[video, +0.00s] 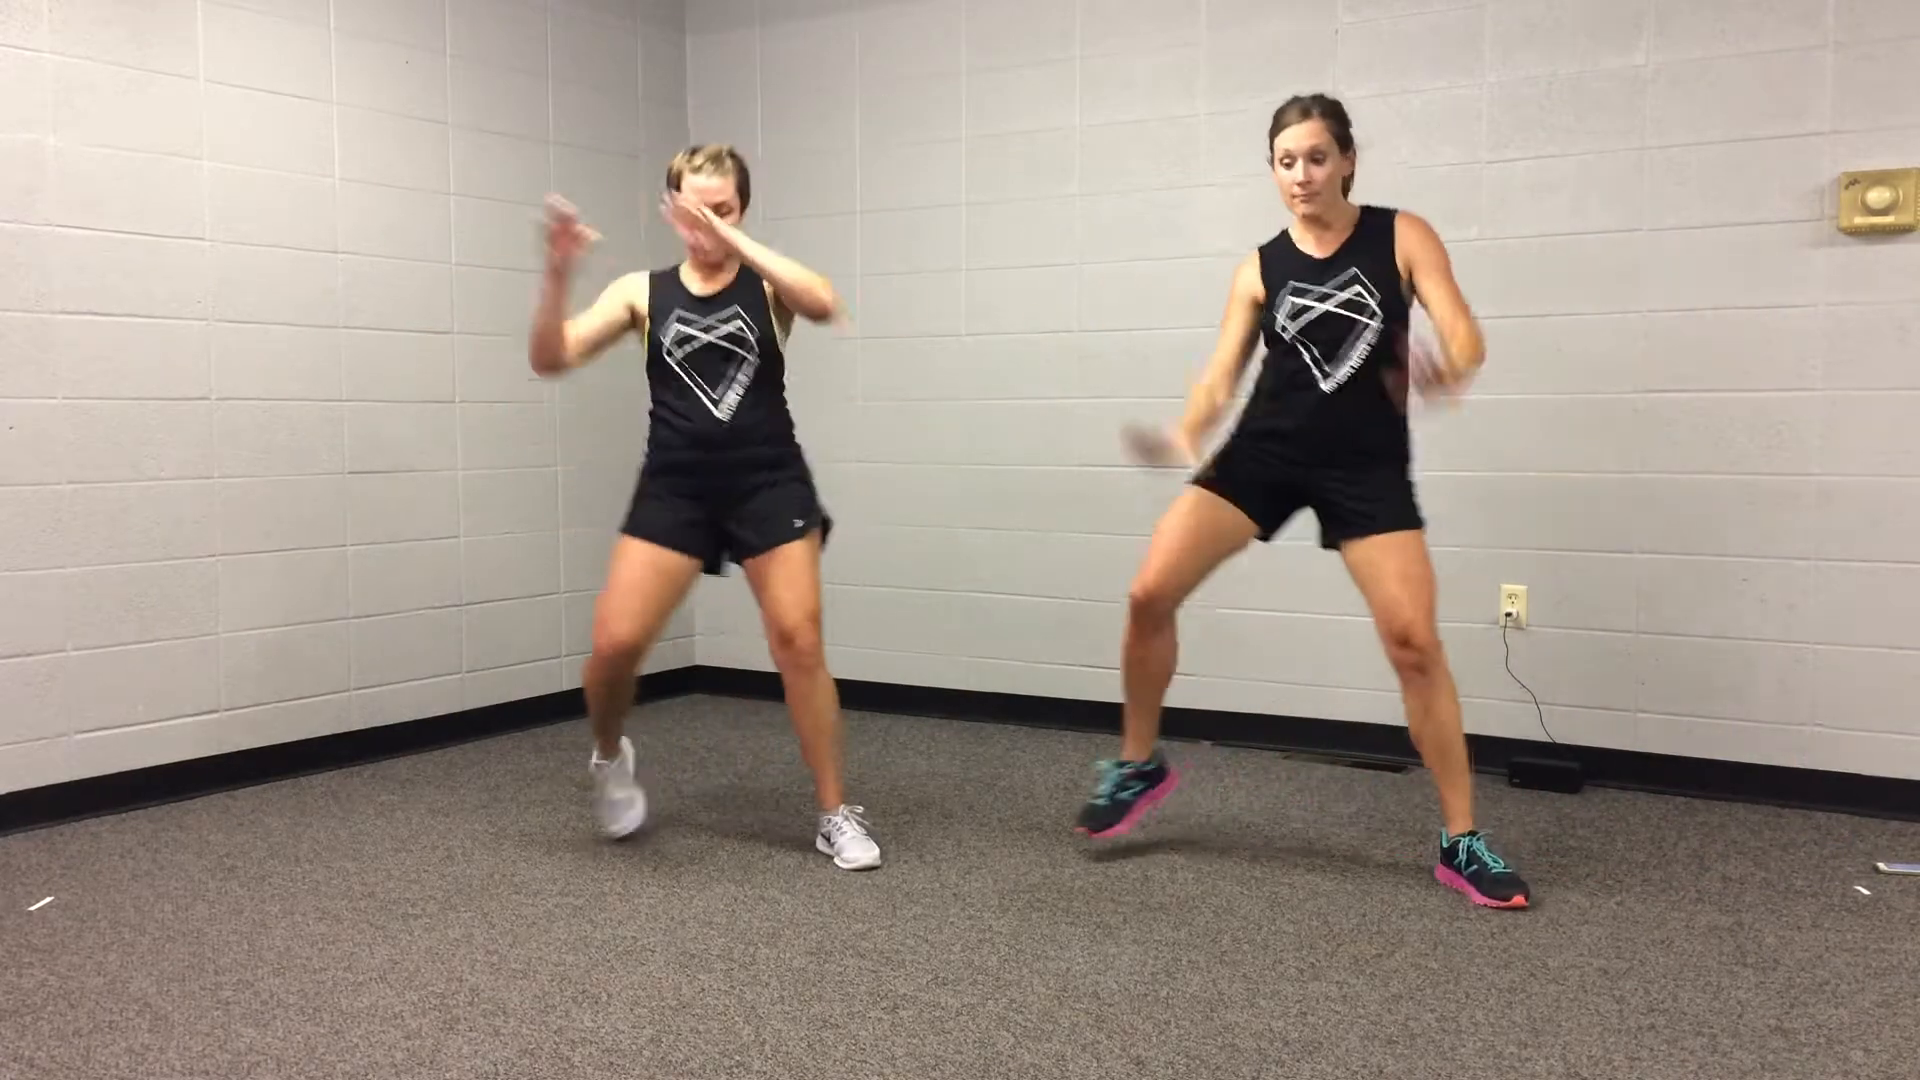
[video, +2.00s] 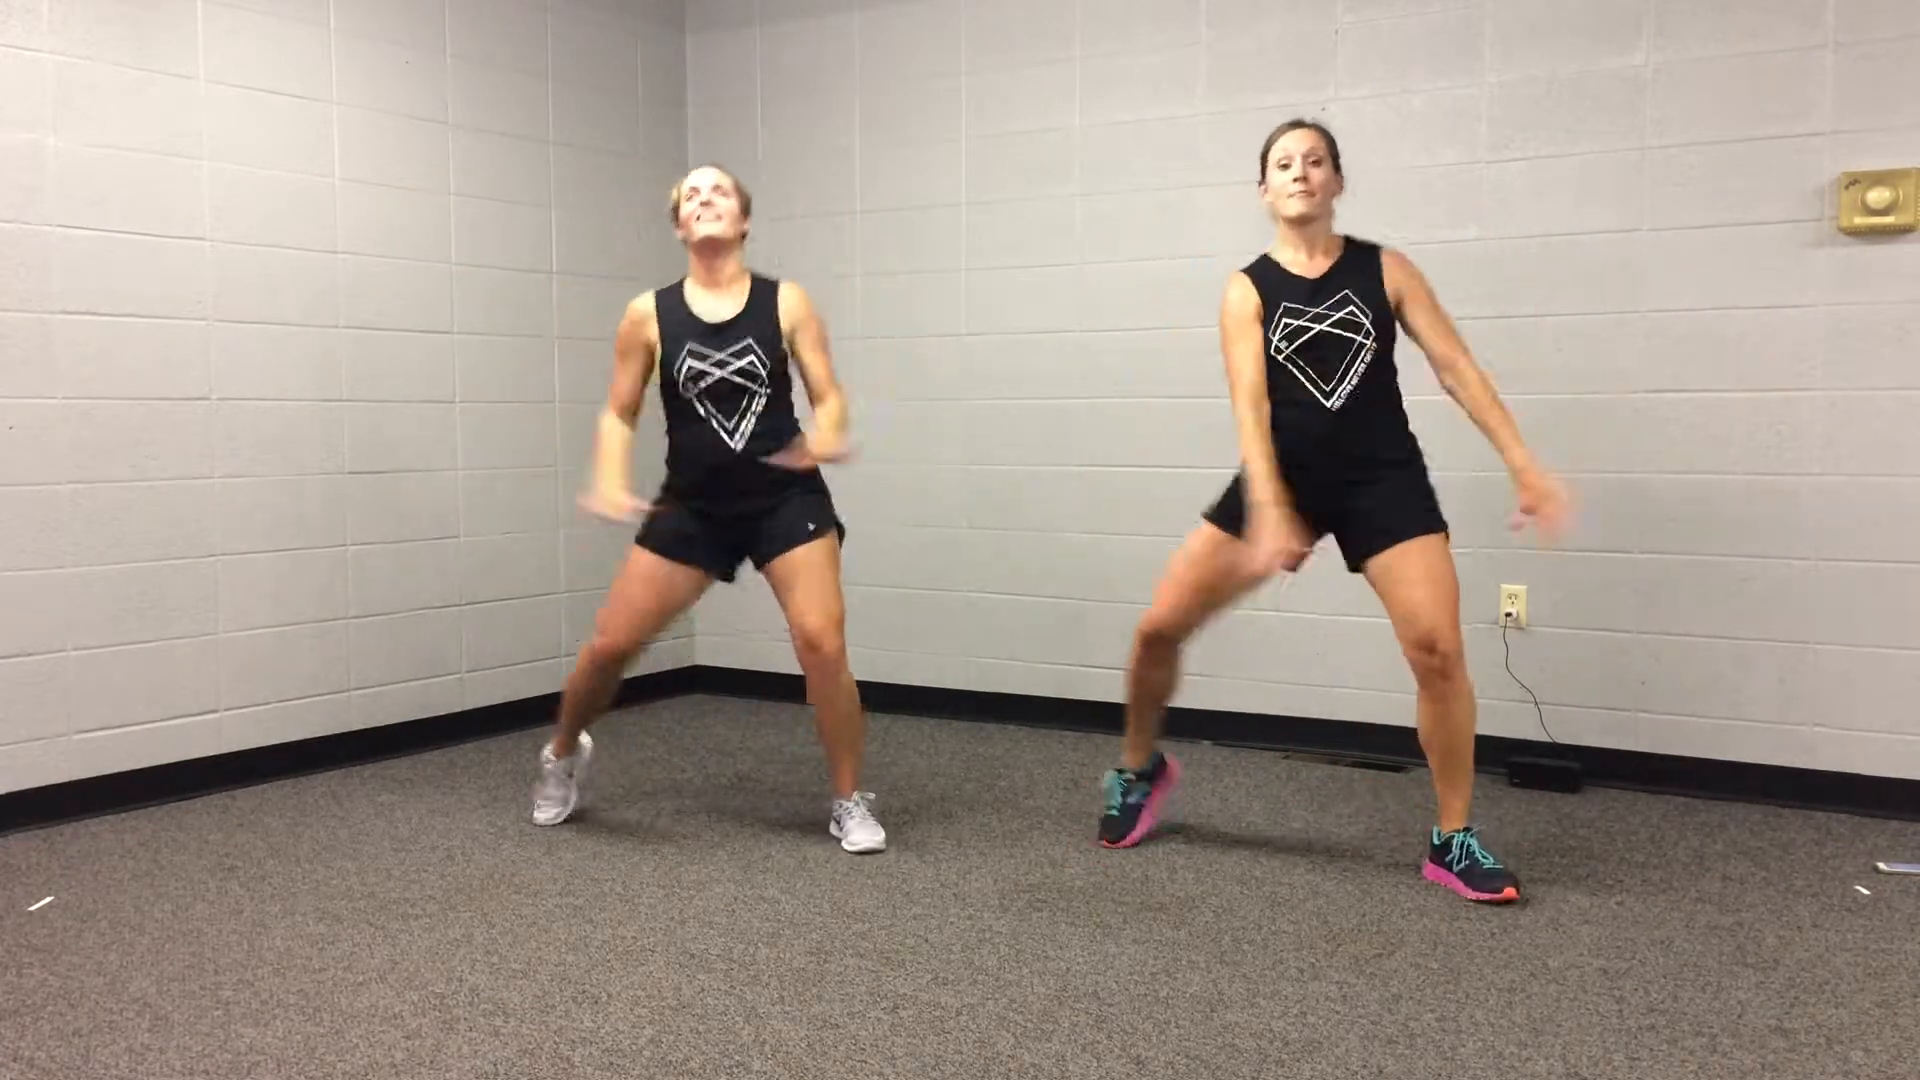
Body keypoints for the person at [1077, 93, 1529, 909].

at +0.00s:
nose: (1300, 173)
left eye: (1316, 158)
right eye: (1286, 161)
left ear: (1348, 164)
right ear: (1274, 173)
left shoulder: (1402, 237)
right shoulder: (1261, 269)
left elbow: (1465, 336)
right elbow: (1219, 377)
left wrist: (1451, 371)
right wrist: (1187, 433)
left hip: (1366, 466)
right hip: (1263, 457)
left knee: (1414, 644)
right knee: (1149, 595)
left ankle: (1462, 838)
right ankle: (1137, 762)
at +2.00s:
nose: (1302, 172)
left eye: (1316, 161)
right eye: (1286, 164)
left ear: (1339, 184)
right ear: (1264, 191)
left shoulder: (1387, 271)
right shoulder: (1247, 289)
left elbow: (1457, 368)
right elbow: (1250, 408)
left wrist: (1522, 463)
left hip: (1381, 478)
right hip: (1279, 479)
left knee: (1436, 649)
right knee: (1158, 627)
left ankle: (1453, 834)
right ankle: (1137, 768)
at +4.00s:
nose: (1227, 152)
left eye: (1243, 140)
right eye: (1221, 144)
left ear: (1283, 159)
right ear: (1217, 167)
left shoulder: (1324, 249)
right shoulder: (1192, 253)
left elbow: (1386, 356)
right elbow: (1160, 366)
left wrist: (1453, 448)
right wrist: (1107, 467)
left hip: (1303, 449)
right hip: (1214, 453)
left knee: (1326, 586)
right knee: (1235, 619)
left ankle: (1320, 729)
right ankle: (1243, 780)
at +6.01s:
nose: (1286, 139)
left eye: (1299, 130)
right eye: (1272, 132)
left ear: (1321, 155)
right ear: (1252, 158)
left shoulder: (1356, 250)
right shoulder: (1221, 248)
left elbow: (1371, 359)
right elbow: (1213, 358)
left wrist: (1389, 463)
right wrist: (1217, 451)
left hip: (1330, 453)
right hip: (1245, 452)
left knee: (1315, 616)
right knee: (1245, 617)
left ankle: (1309, 780)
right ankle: (1244, 780)